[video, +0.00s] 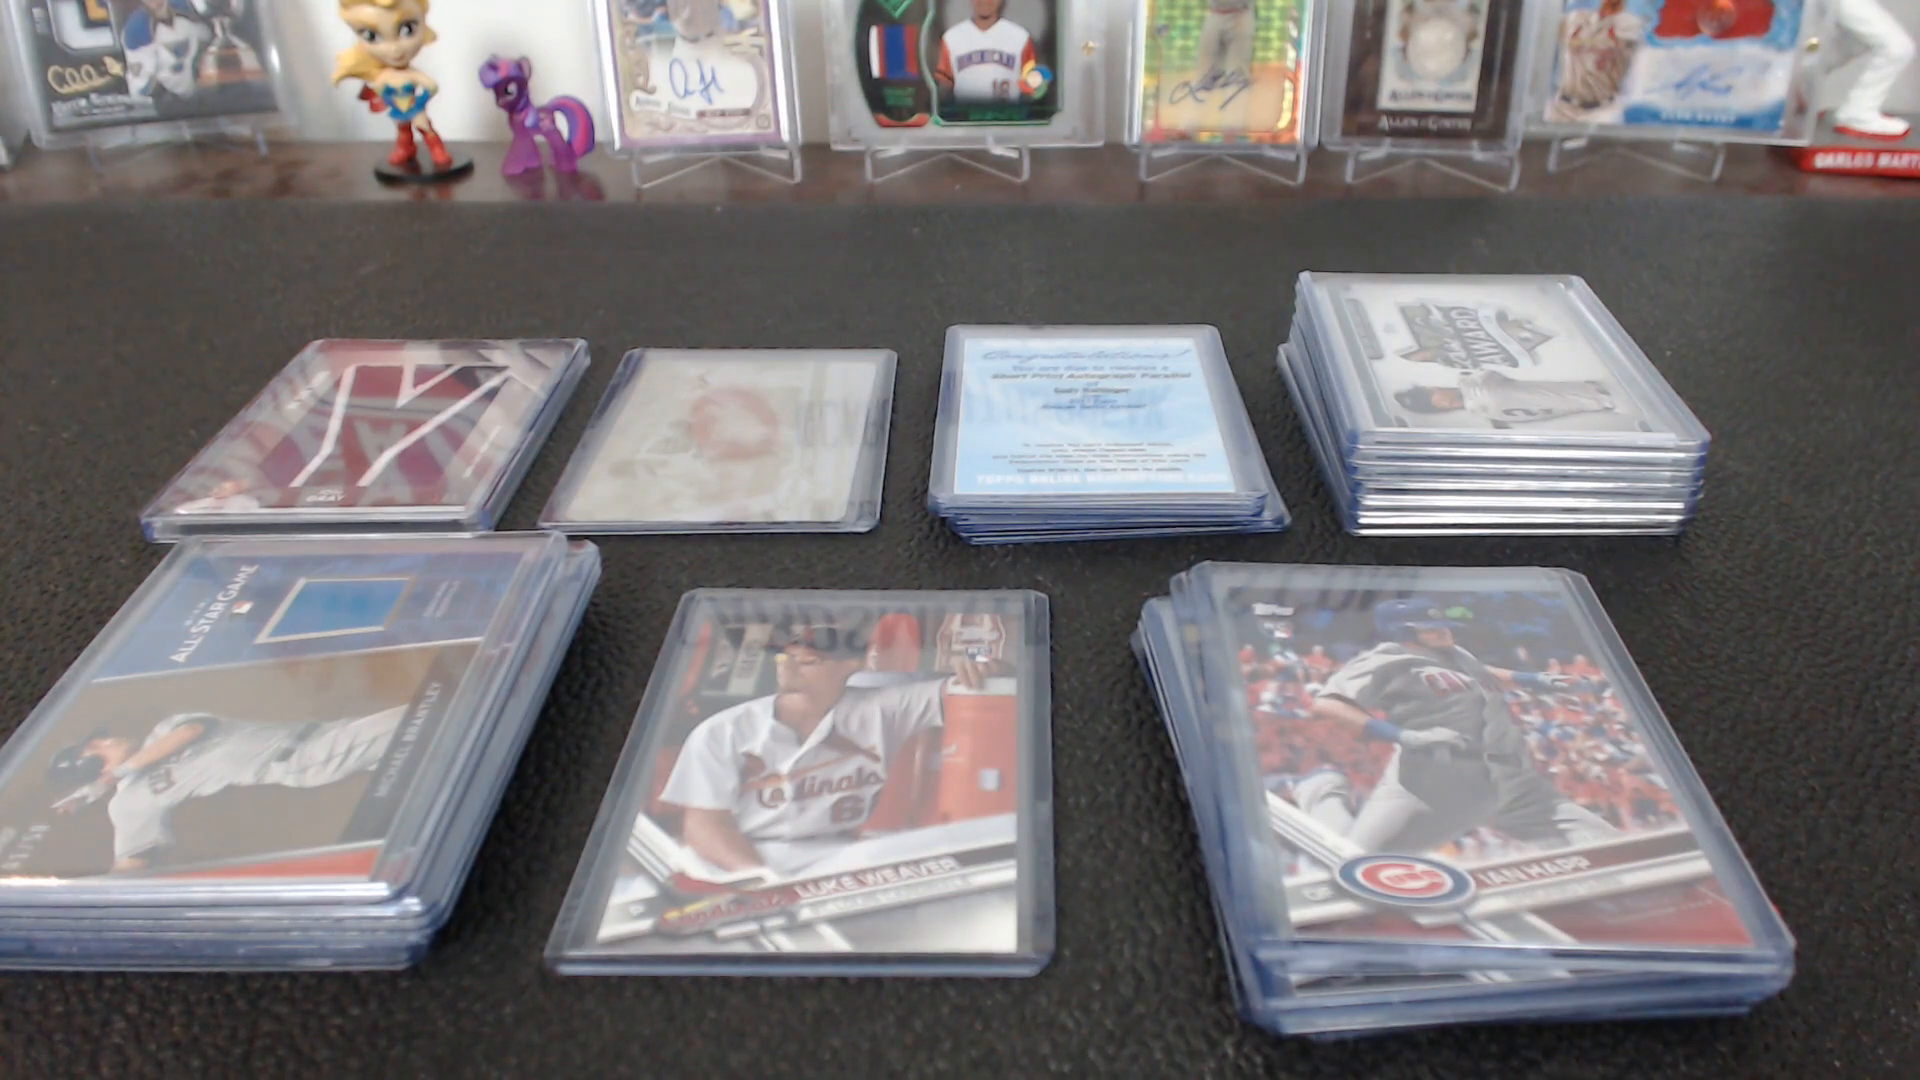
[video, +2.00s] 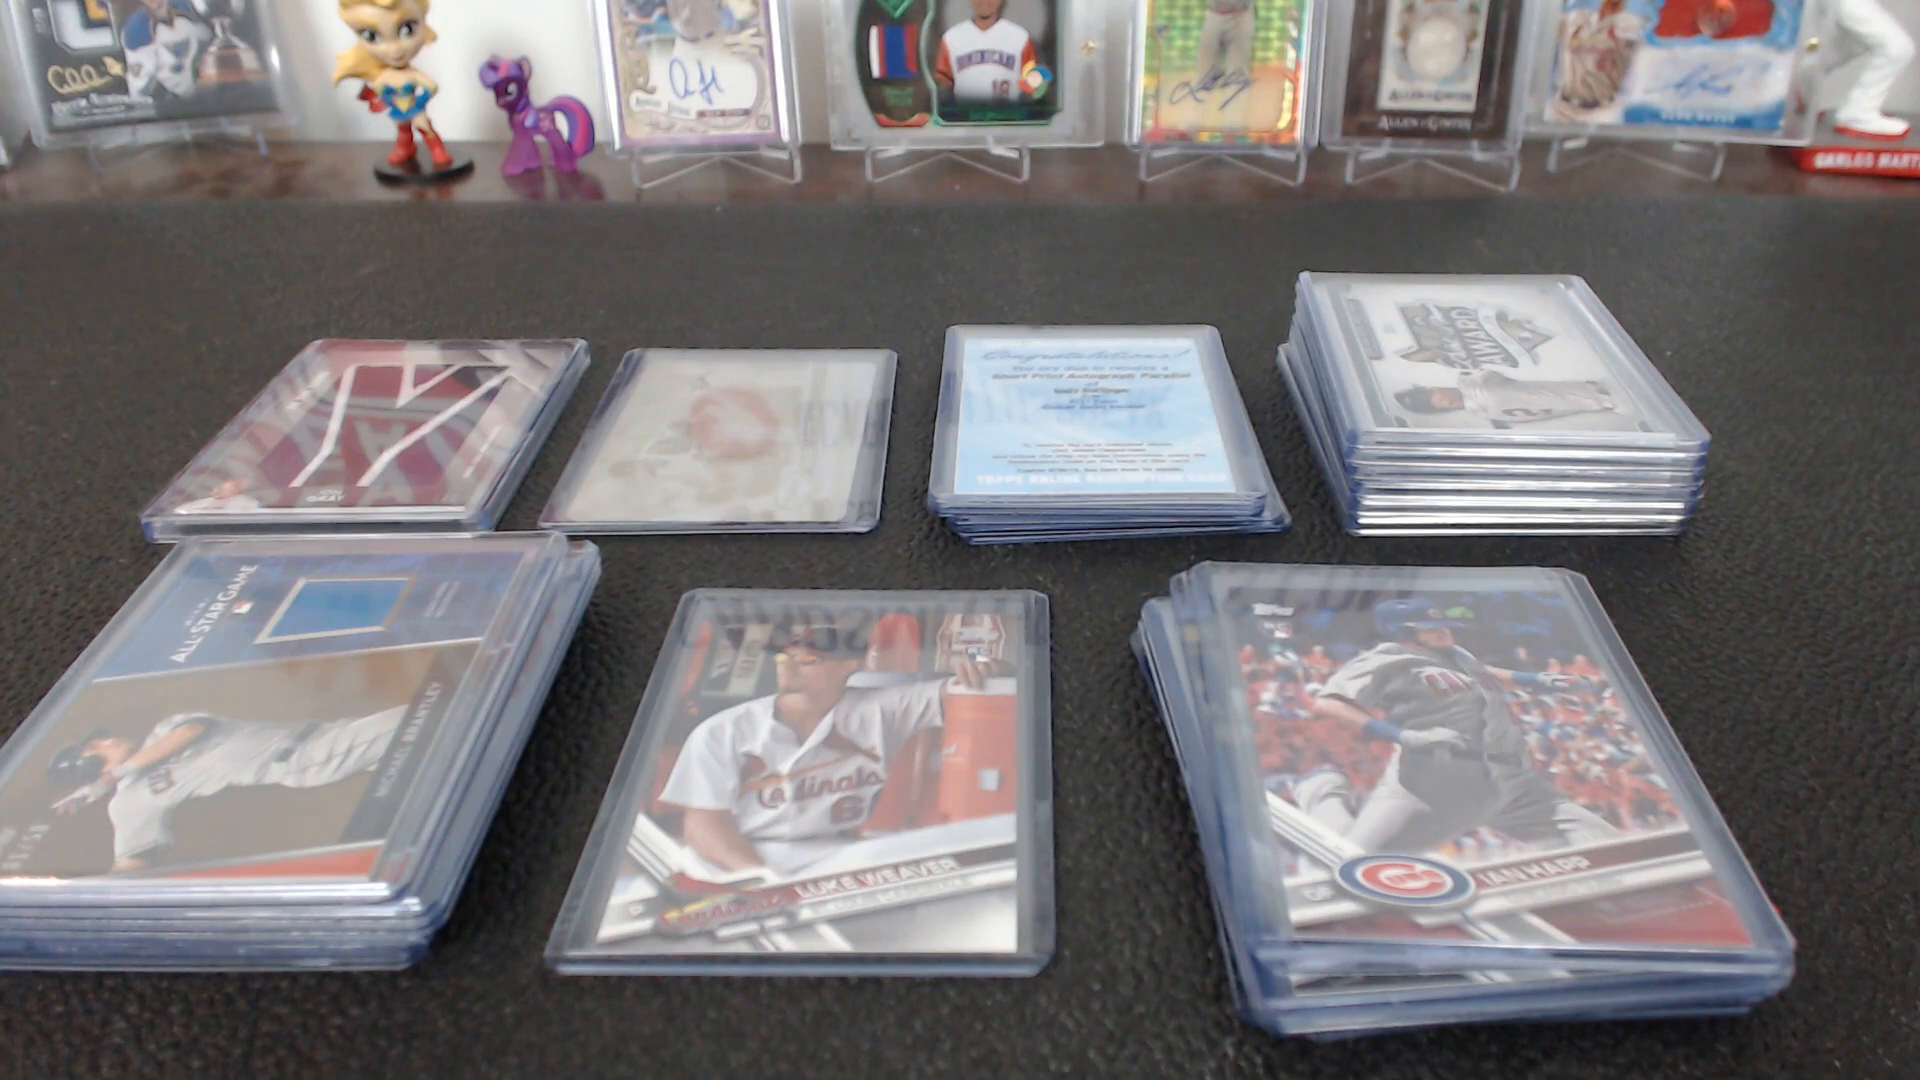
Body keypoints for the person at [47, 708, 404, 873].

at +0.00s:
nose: (108, 740)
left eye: (98, 739)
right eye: (99, 747)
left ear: (106, 741)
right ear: (100, 769)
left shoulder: (160, 727)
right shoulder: (131, 799)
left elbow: (193, 731)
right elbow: (129, 870)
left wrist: (118, 773)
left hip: (310, 731)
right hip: (298, 760)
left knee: (415, 721)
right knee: (413, 717)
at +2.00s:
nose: (111, 741)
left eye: (101, 740)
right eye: (101, 747)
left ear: (108, 741)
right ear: (100, 771)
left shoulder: (161, 728)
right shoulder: (131, 798)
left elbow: (193, 732)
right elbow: (129, 870)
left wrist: (117, 775)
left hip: (312, 733)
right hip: (299, 760)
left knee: (416, 721)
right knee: (414, 717)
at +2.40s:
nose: (111, 740)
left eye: (101, 739)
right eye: (101, 747)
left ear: (109, 741)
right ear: (100, 771)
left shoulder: (161, 729)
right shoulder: (131, 799)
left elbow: (193, 732)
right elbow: (129, 870)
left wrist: (118, 774)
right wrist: (86, 901)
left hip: (311, 733)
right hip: (298, 760)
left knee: (415, 722)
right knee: (414, 718)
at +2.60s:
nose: (112, 739)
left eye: (102, 739)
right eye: (102, 745)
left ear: (108, 743)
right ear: (101, 769)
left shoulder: (161, 729)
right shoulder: (131, 799)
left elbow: (192, 732)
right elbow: (130, 869)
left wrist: (116, 775)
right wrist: (84, 899)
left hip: (312, 732)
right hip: (299, 760)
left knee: (416, 722)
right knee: (415, 718)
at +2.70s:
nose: (112, 740)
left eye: (102, 739)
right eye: (102, 746)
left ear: (108, 743)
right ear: (101, 769)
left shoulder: (161, 729)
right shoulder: (132, 798)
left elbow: (191, 733)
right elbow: (130, 869)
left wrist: (114, 777)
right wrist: (78, 895)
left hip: (313, 732)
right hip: (300, 760)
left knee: (417, 722)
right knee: (414, 718)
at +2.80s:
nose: (112, 740)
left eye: (102, 740)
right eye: (102, 746)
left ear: (108, 742)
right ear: (101, 769)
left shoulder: (161, 729)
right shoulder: (132, 798)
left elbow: (191, 733)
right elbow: (130, 869)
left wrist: (114, 777)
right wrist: (78, 895)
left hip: (312, 732)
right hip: (300, 760)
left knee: (417, 722)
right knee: (414, 718)